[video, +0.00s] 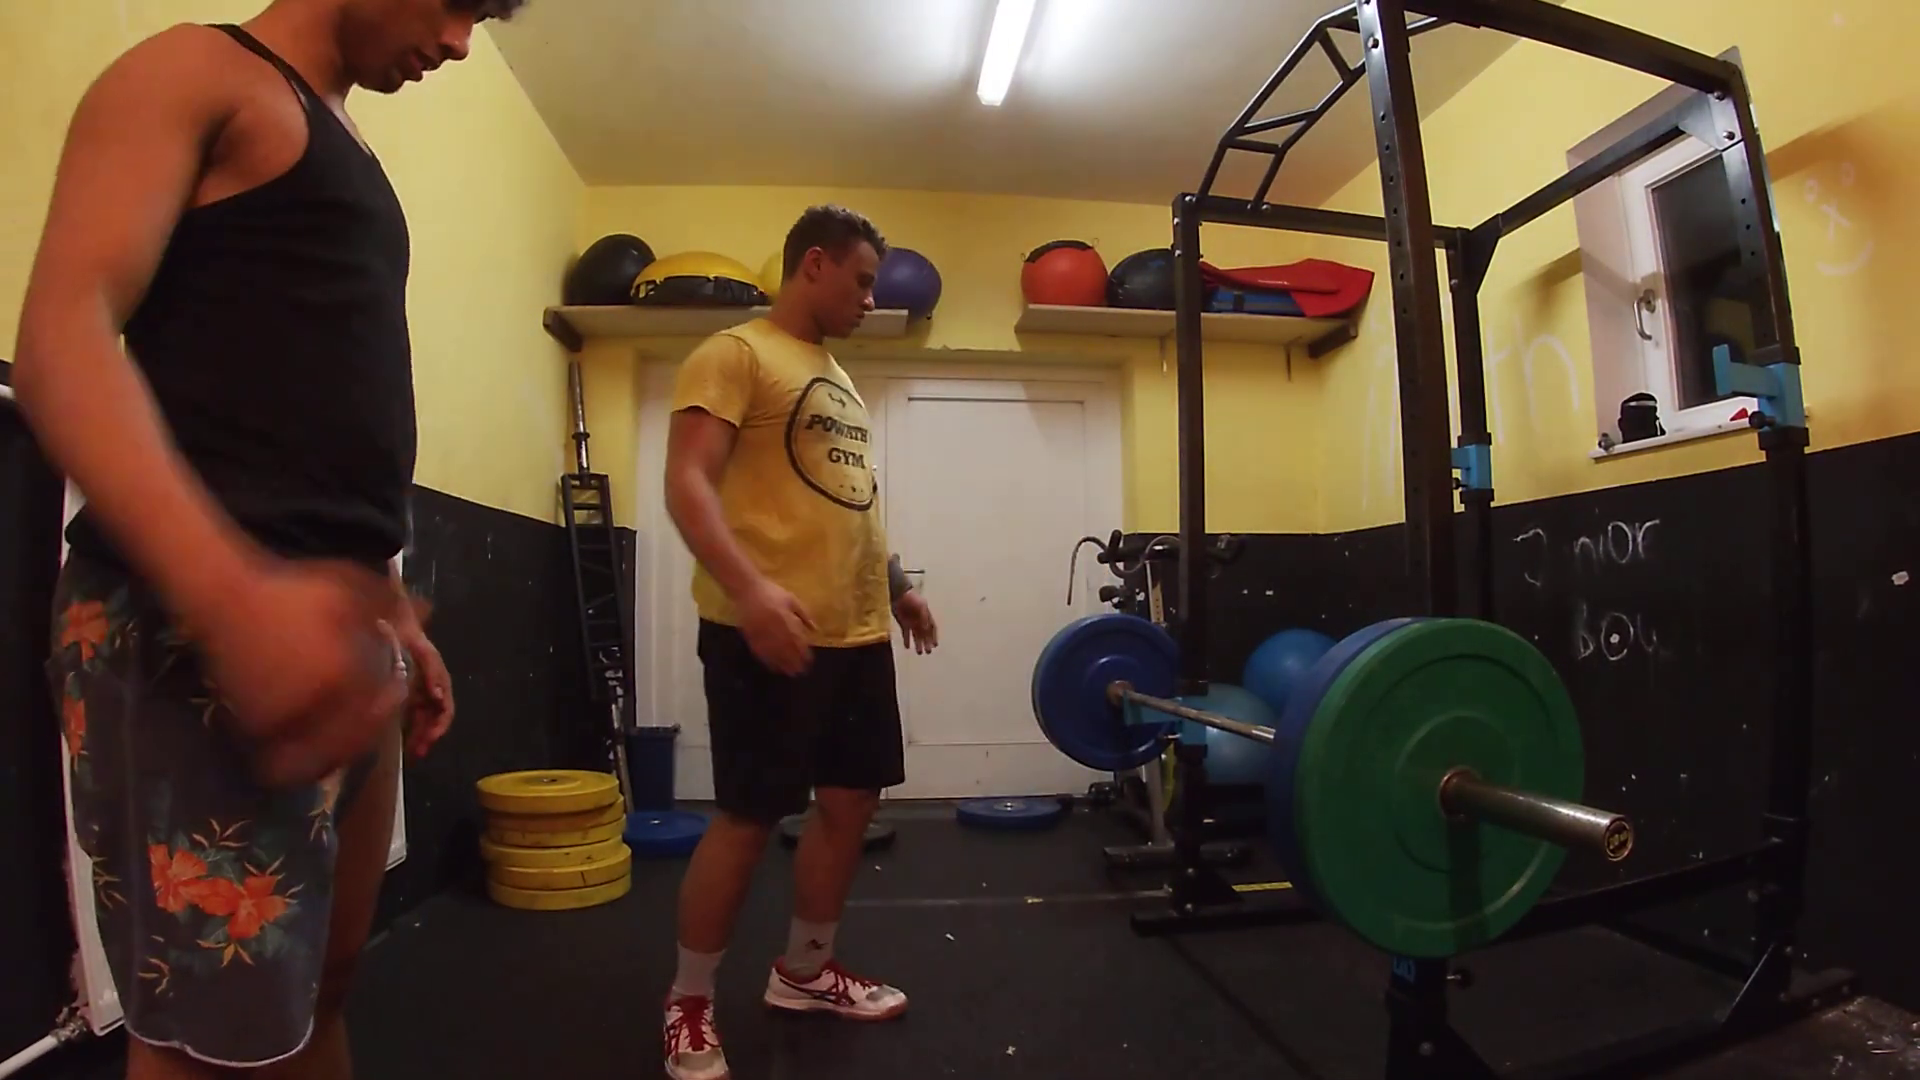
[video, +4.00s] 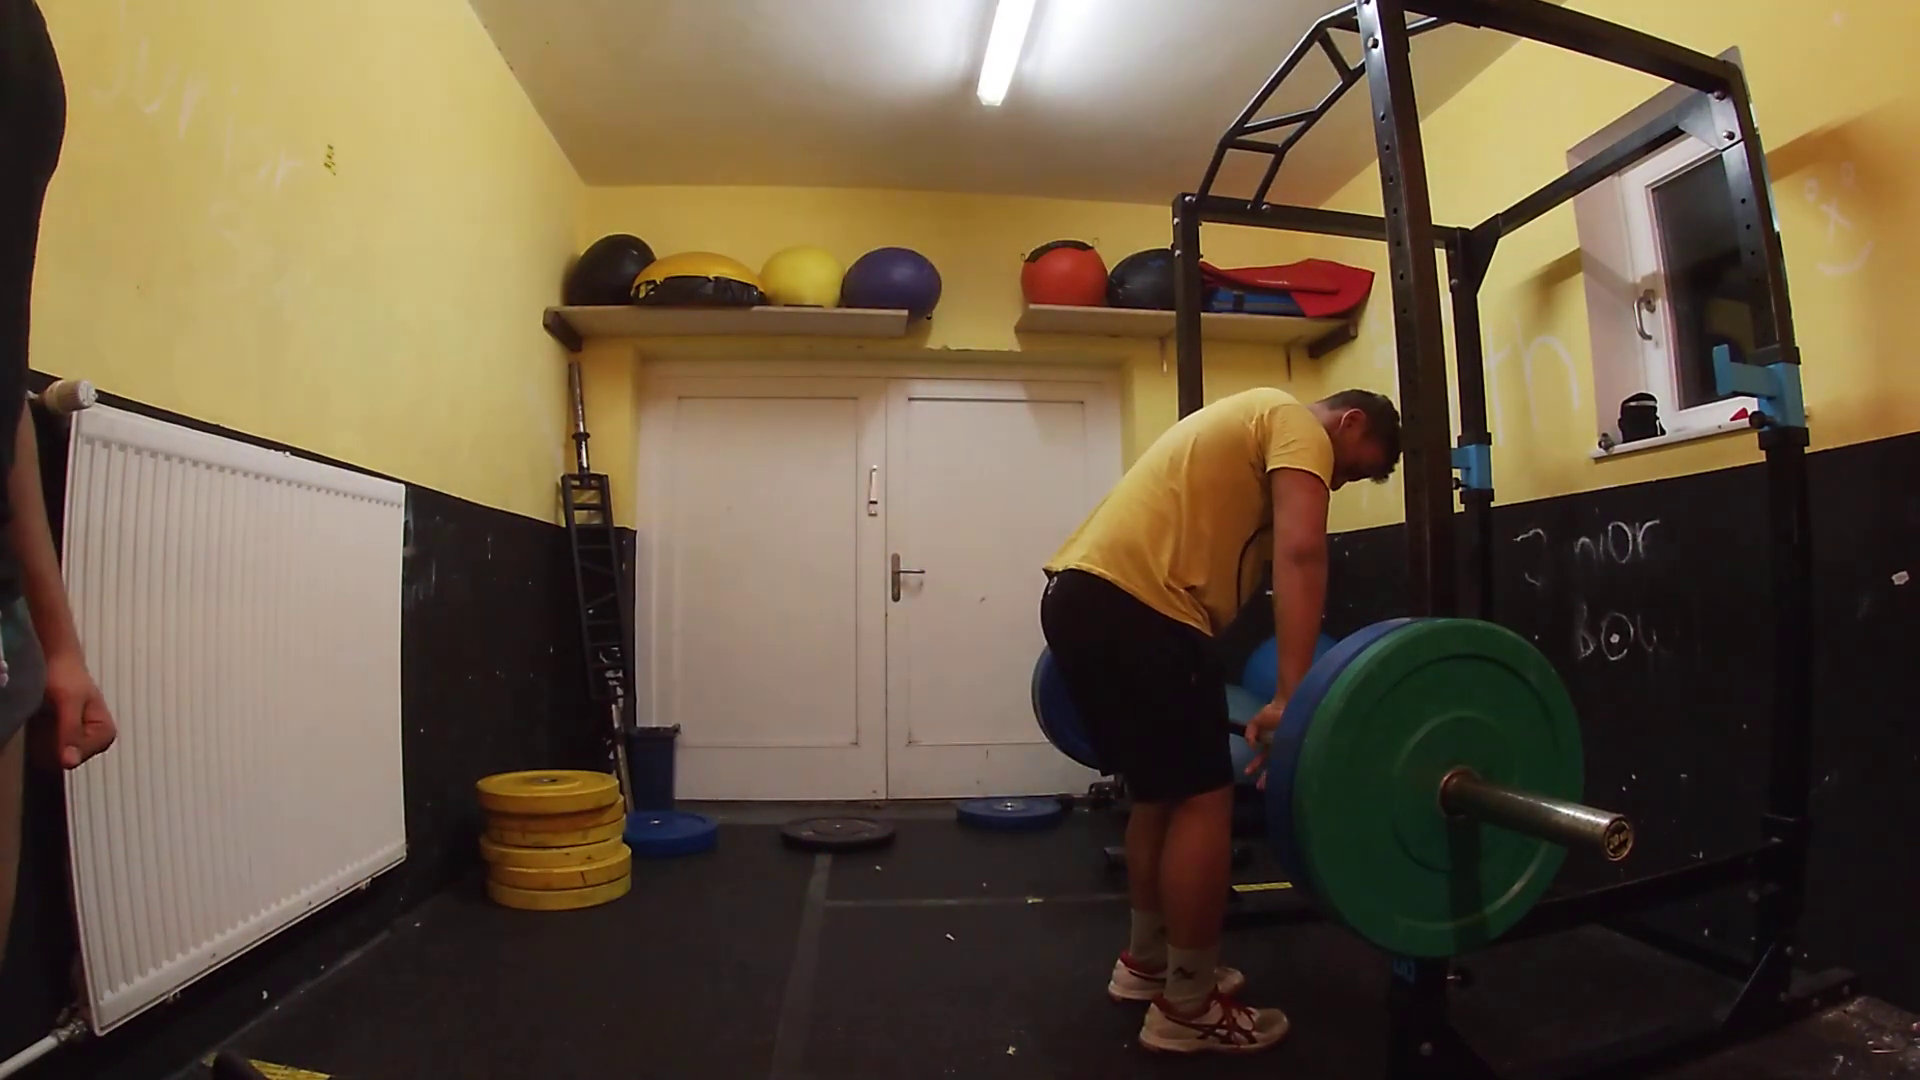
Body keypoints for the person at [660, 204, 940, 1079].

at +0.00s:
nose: (869, 300)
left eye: (873, 286)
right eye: (863, 281)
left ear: (827, 271)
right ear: (814, 264)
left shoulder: (833, 373)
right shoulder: (734, 353)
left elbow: (840, 502)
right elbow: (684, 481)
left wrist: (895, 588)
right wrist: (747, 587)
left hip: (853, 634)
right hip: (764, 632)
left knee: (850, 801)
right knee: (746, 816)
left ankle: (804, 970)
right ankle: (687, 1006)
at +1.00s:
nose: (1098, 341)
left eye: (1105, 326)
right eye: (1093, 321)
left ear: (1041, 301)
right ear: (1049, 296)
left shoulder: (987, 370)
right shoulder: (1018, 374)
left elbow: (1001, 535)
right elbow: (1067, 519)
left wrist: (1073, 626)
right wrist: (1163, 637)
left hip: (933, 622)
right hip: (996, 629)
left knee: (947, 798)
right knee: (1082, 808)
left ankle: (819, 950)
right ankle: (1108, 1012)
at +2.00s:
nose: (1298, 461)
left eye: (1309, 455)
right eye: (1309, 445)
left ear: (1278, 393)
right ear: (1293, 402)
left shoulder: (1185, 424)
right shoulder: (1240, 417)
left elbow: (1146, 562)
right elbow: (1262, 549)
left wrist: (1161, 675)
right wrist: (1282, 689)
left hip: (1026, 582)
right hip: (1078, 596)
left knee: (1080, 789)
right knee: (1126, 798)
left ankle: (1070, 964)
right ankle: (1111, 1012)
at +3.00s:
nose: (1335, 468)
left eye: (1347, 461)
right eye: (1348, 451)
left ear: (1322, 395)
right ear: (1337, 407)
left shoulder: (1229, 411)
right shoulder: (1287, 417)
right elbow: (1286, 547)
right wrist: (1278, 693)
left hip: (1079, 592)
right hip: (1135, 605)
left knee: (1151, 790)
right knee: (1201, 800)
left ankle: (1145, 957)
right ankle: (1187, 1006)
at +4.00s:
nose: (1345, 482)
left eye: (1357, 478)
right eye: (1359, 468)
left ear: (1342, 415)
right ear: (1349, 422)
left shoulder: (1241, 424)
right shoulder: (1295, 423)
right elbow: (1300, 548)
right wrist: (1291, 695)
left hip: (1084, 590)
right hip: (1139, 604)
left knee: (1154, 791)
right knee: (1204, 798)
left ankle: (1146, 958)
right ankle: (1188, 1006)